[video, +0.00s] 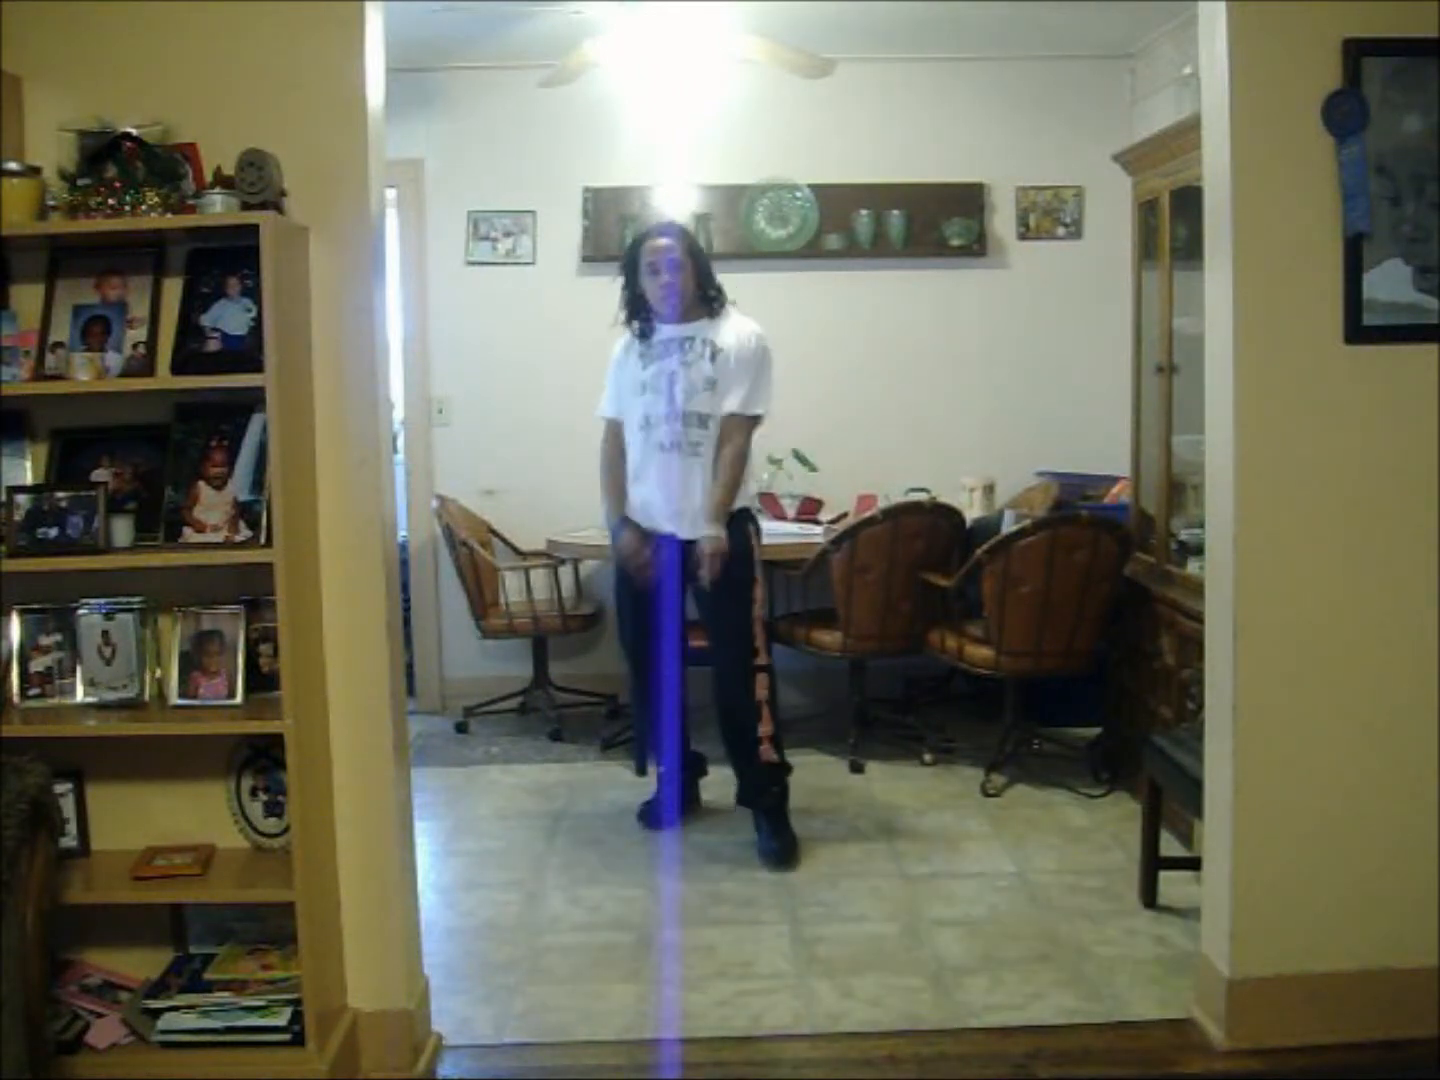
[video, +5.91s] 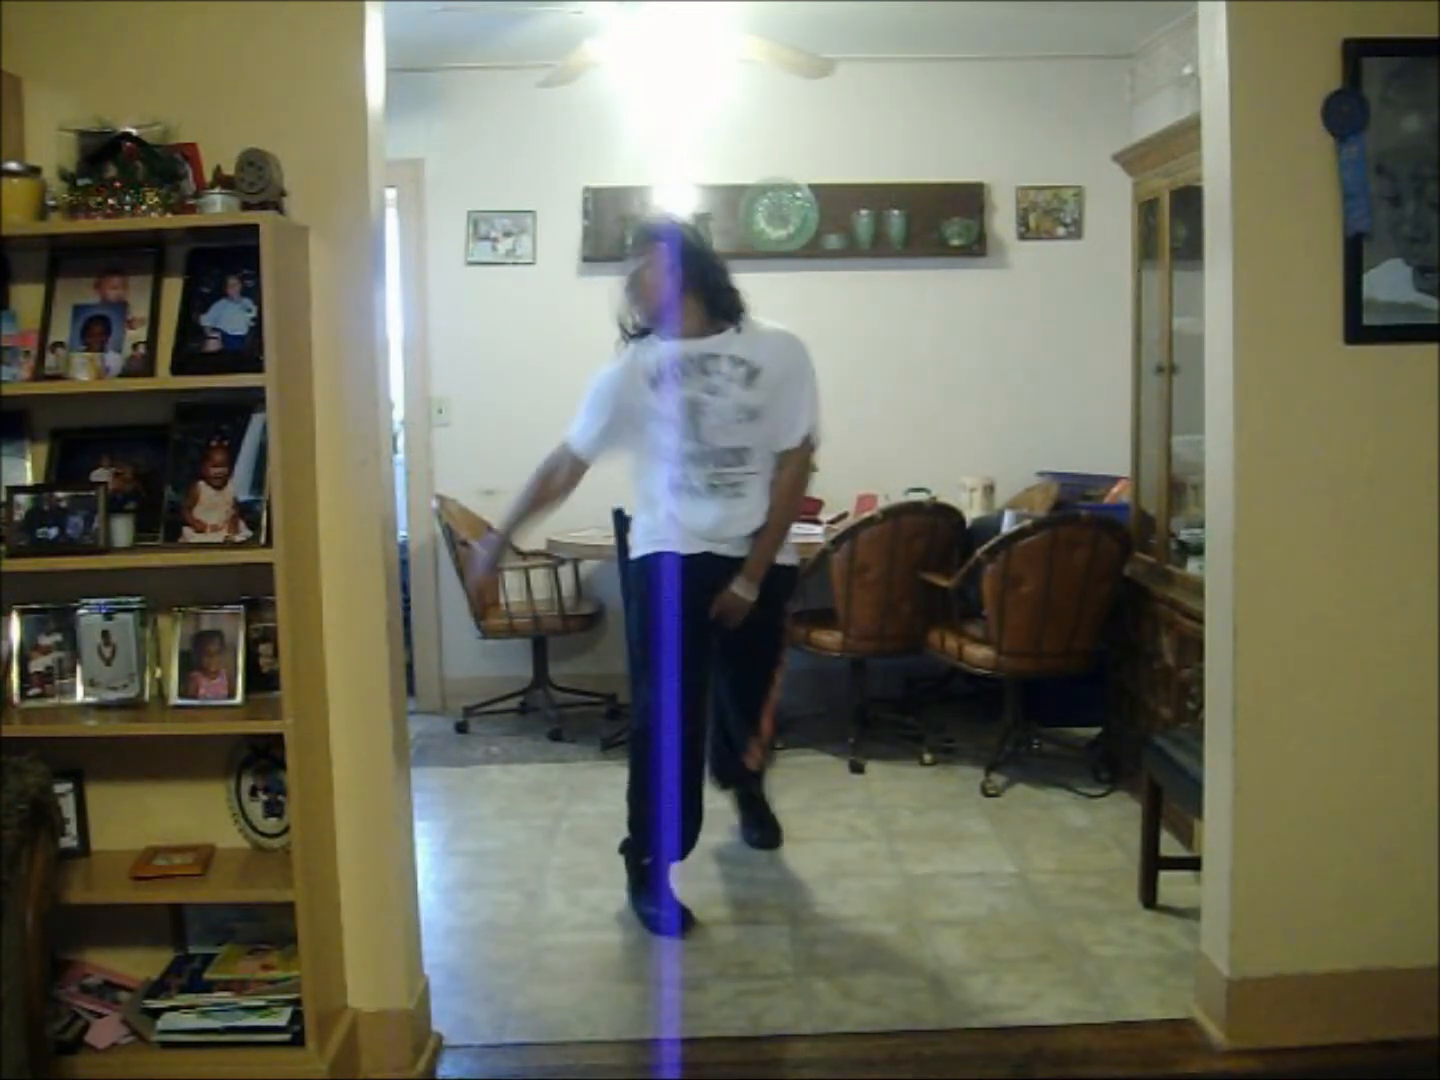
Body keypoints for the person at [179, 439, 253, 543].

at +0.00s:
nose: (219, 471)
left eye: (223, 466)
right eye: (213, 466)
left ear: (230, 469)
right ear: (204, 468)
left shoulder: (232, 488)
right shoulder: (200, 487)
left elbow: (237, 511)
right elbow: (187, 511)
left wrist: (232, 532)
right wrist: (200, 526)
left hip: (225, 533)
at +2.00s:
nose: (219, 472)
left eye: (224, 467)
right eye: (214, 466)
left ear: (230, 469)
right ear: (203, 468)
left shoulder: (231, 488)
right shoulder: (199, 488)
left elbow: (236, 509)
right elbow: (186, 511)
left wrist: (234, 523)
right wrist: (199, 526)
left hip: (225, 533)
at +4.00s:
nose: (219, 472)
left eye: (224, 467)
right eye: (214, 466)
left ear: (230, 469)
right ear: (203, 468)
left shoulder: (231, 488)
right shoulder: (199, 488)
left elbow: (236, 509)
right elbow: (186, 511)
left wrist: (234, 523)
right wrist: (199, 526)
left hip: (225, 533)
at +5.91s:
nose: (219, 472)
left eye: (224, 467)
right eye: (214, 466)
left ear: (231, 470)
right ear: (204, 468)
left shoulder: (231, 488)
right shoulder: (199, 488)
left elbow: (236, 509)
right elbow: (186, 511)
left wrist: (234, 523)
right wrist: (199, 525)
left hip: (225, 533)